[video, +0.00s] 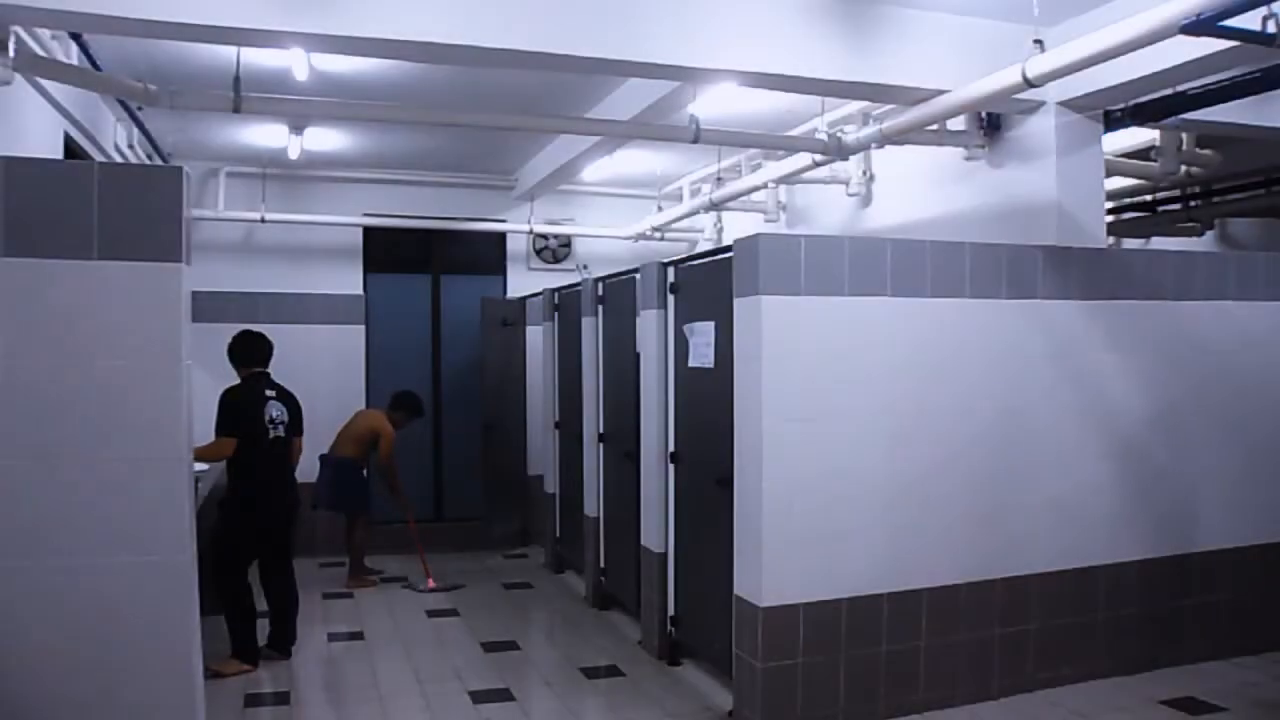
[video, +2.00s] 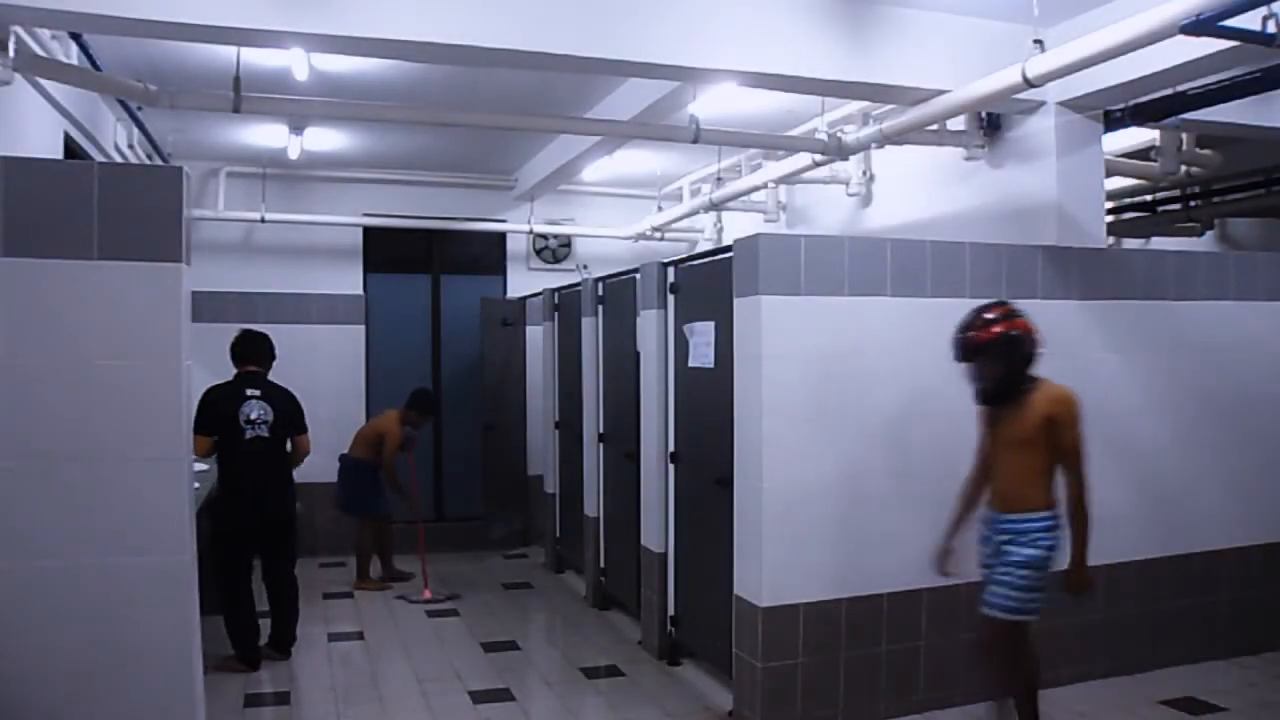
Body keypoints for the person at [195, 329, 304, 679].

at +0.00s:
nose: (232, 362)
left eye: (233, 357)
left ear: (234, 360)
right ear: (267, 359)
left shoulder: (234, 397)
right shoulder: (288, 398)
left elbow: (224, 448)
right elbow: (295, 452)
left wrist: (190, 454)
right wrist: (280, 479)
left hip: (245, 498)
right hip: (282, 496)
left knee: (229, 569)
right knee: (278, 568)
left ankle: (244, 654)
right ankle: (281, 644)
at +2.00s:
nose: (265, 365)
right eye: (267, 359)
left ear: (234, 360)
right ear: (270, 361)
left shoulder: (215, 397)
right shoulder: (285, 397)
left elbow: (202, 449)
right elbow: (302, 449)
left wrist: (228, 441)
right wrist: (282, 465)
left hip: (233, 497)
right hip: (277, 496)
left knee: (233, 575)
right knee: (280, 570)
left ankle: (247, 654)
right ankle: (282, 644)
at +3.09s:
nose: (287, 380)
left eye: (289, 374)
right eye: (288, 373)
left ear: (256, 362)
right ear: (279, 367)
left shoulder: (218, 394)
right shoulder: (283, 399)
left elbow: (205, 446)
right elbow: (304, 451)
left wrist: (232, 459)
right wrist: (328, 492)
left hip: (233, 499)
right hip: (277, 499)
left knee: (240, 576)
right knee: (282, 571)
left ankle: (246, 656)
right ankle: (283, 643)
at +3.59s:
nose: (326, 385)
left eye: (329, 379)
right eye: (327, 378)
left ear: (300, 364)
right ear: (317, 369)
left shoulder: (260, 391)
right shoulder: (309, 397)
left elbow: (251, 440)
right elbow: (323, 446)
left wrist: (281, 449)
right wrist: (342, 461)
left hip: (261, 489)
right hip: (297, 491)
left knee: (277, 557)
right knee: (297, 563)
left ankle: (271, 624)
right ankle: (284, 641)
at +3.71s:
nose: (333, 384)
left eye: (336, 379)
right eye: (334, 378)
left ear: (308, 364)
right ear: (325, 370)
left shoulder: (271, 393)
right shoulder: (315, 398)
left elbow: (275, 443)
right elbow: (327, 449)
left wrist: (315, 456)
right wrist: (349, 459)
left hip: (271, 488)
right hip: (305, 492)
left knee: (297, 558)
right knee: (301, 563)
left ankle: (310, 622)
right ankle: (285, 642)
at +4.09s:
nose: (370, 381)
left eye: (373, 374)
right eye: (371, 374)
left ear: (345, 363)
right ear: (362, 368)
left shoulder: (310, 393)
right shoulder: (351, 393)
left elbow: (296, 439)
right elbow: (361, 437)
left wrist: (323, 454)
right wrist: (386, 456)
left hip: (314, 482)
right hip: (344, 482)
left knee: (338, 553)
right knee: (341, 554)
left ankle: (344, 623)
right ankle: (300, 623)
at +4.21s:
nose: (385, 381)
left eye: (387, 375)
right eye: (386, 374)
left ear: (361, 362)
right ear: (377, 368)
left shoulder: (327, 391)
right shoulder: (363, 392)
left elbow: (313, 435)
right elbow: (371, 436)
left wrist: (342, 447)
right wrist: (399, 456)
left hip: (329, 480)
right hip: (357, 482)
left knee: (345, 547)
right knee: (374, 548)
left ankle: (343, 619)